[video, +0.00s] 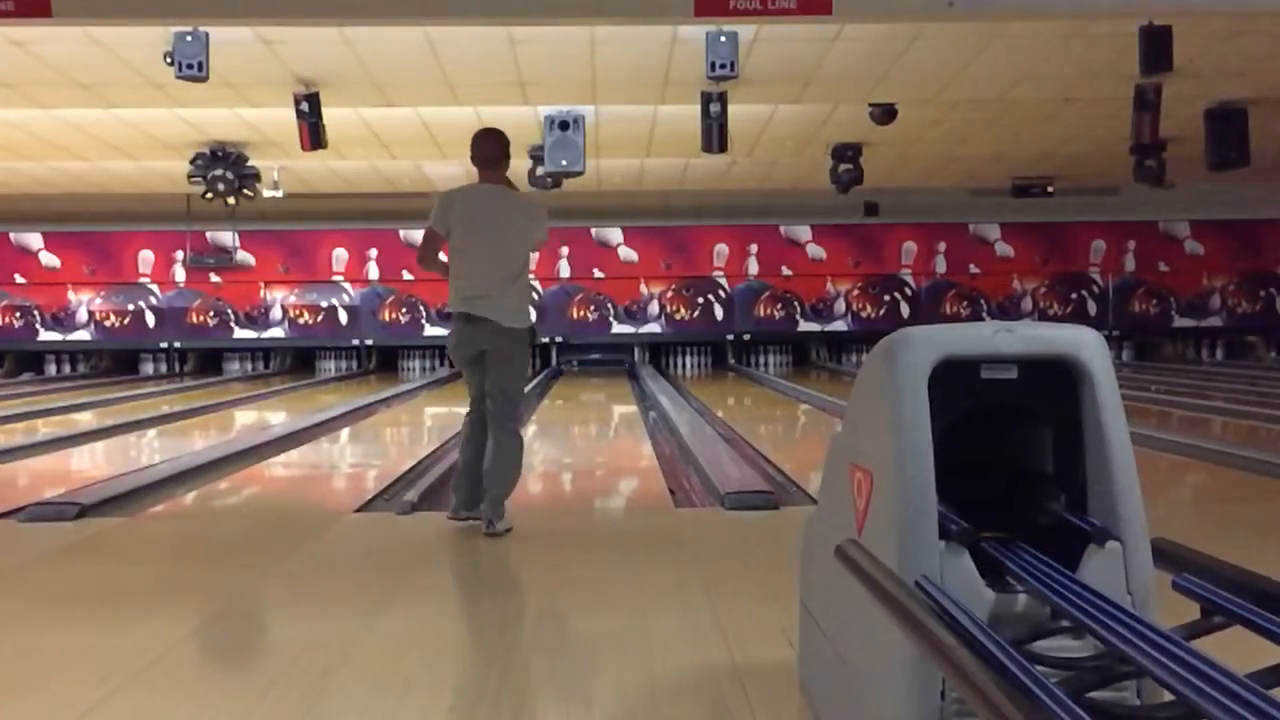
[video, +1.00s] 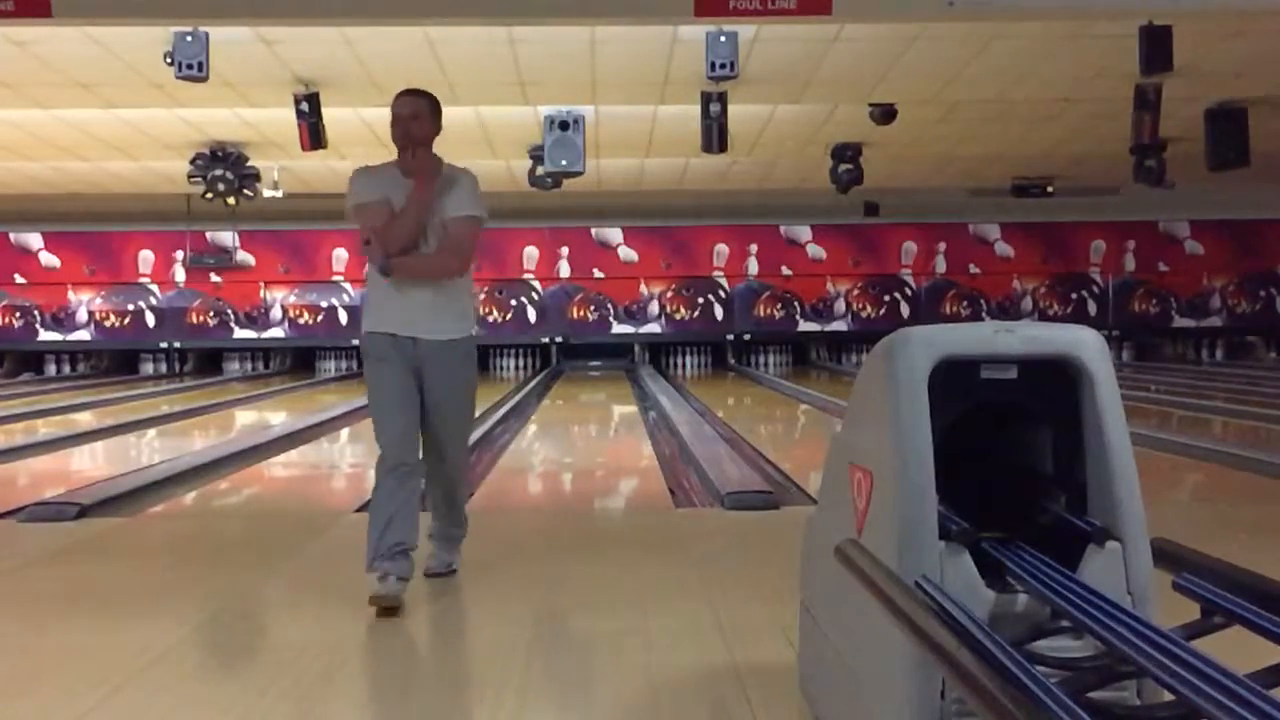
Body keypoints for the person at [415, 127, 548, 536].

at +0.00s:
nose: (486, 164)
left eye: (479, 157)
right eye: (496, 155)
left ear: (472, 160)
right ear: (508, 160)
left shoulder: (453, 201)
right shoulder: (529, 206)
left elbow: (424, 257)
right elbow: (535, 244)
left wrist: (456, 270)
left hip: (465, 324)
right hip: (508, 326)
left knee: (478, 408)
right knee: (505, 417)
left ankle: (465, 503)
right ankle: (494, 513)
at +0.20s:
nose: (461, 160)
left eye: (459, 154)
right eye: (471, 152)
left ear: (456, 159)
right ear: (493, 157)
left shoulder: (447, 202)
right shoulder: (519, 206)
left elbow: (433, 263)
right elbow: (521, 246)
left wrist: (426, 275)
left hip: (459, 328)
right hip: (509, 329)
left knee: (450, 417)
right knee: (502, 421)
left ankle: (448, 504)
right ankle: (495, 515)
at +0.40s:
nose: (436, 155)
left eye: (442, 147)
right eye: (438, 147)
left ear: (460, 154)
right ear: (478, 157)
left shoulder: (454, 202)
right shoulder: (490, 204)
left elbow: (444, 270)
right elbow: (469, 266)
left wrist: (414, 281)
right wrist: (428, 226)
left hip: (449, 335)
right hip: (487, 335)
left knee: (429, 441)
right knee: (485, 427)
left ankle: (444, 540)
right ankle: (491, 510)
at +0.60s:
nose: (432, 130)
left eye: (441, 122)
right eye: (434, 121)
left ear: (465, 132)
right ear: (452, 131)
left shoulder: (464, 184)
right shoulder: (440, 181)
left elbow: (437, 259)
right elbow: (404, 246)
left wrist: (400, 258)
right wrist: (416, 201)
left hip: (460, 326)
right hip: (440, 325)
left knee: (444, 429)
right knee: (426, 425)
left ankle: (446, 538)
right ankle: (436, 525)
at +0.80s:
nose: (426, 130)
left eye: (438, 123)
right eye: (423, 121)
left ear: (461, 131)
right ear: (417, 127)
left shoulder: (468, 186)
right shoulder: (397, 179)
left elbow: (435, 261)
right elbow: (394, 239)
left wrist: (385, 257)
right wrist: (425, 189)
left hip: (463, 335)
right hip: (407, 331)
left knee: (460, 447)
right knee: (393, 442)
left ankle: (451, 543)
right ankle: (380, 551)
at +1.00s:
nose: (406, 129)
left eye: (416, 119)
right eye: (398, 120)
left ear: (437, 126)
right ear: (389, 126)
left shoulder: (461, 183)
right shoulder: (369, 180)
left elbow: (456, 261)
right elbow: (390, 242)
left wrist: (393, 265)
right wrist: (425, 186)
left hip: (449, 337)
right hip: (387, 334)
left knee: (446, 452)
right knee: (397, 453)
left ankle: (446, 542)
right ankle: (390, 568)